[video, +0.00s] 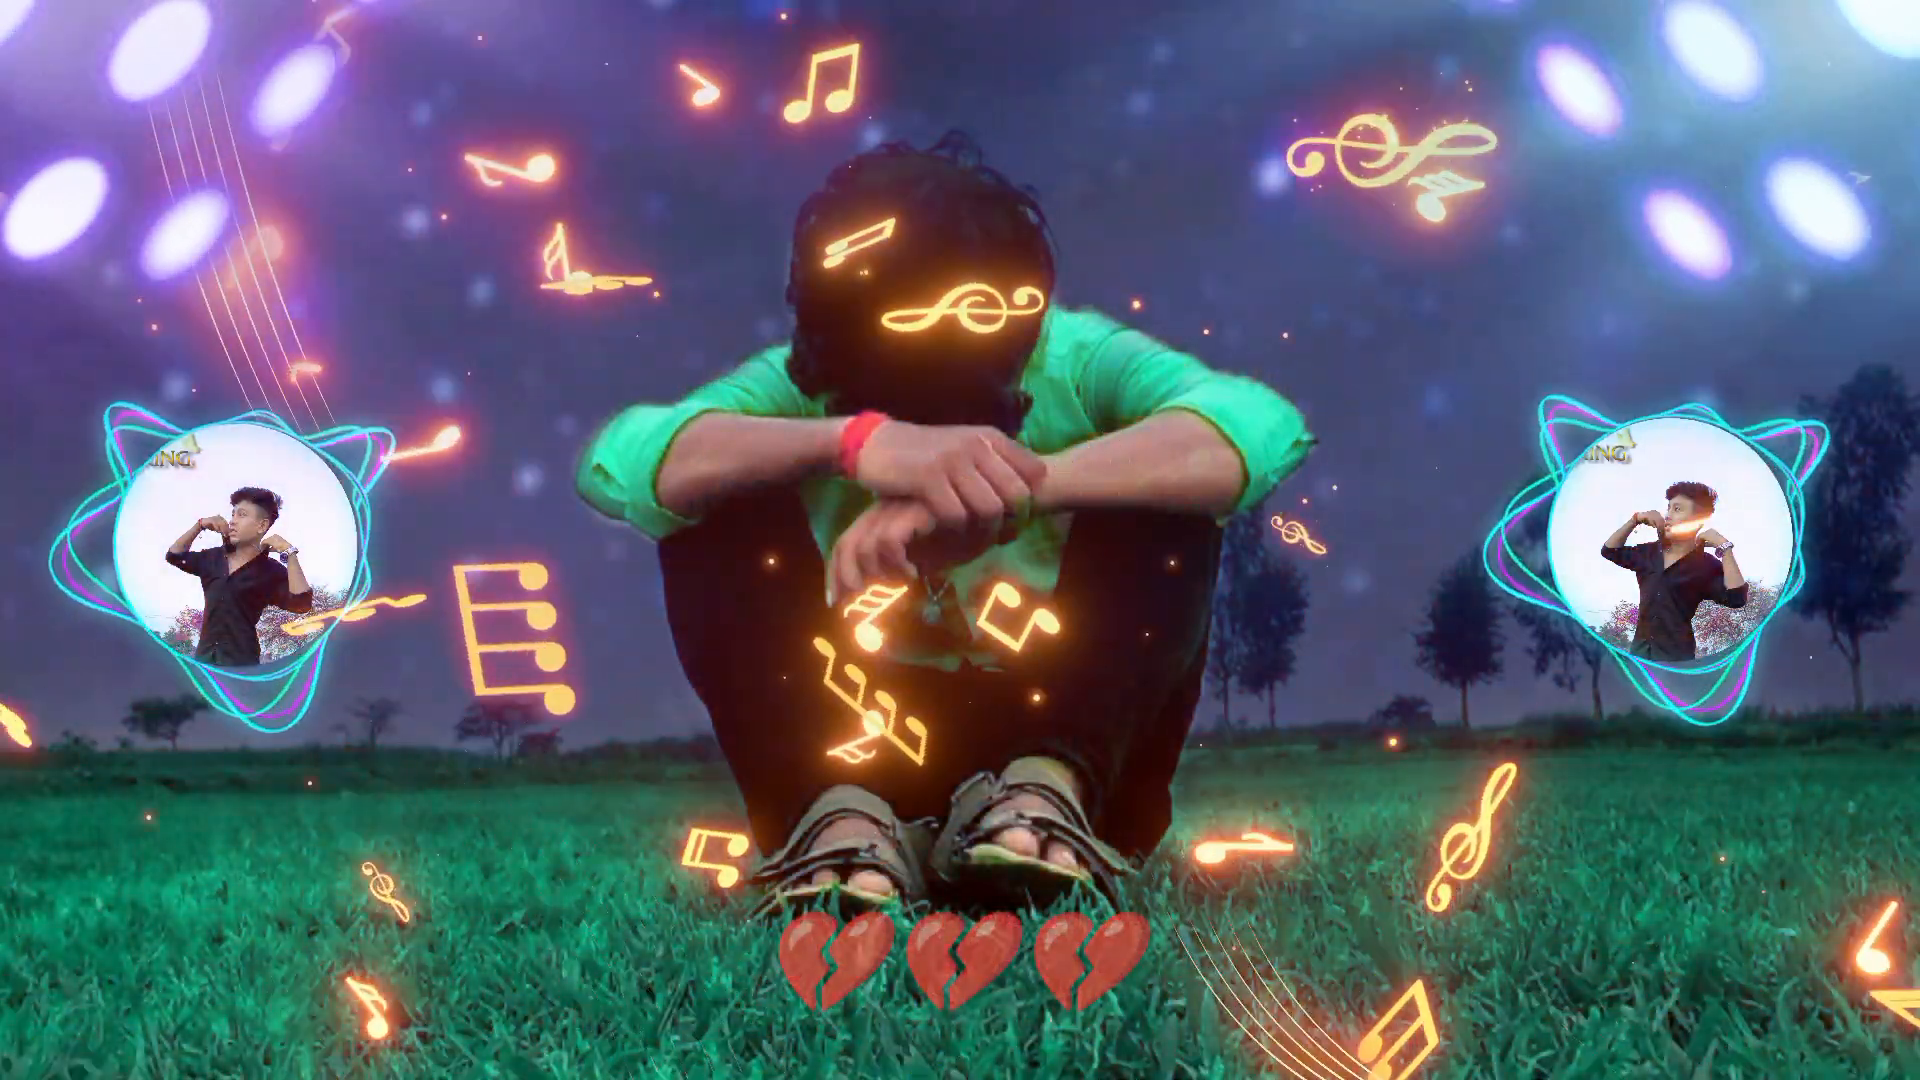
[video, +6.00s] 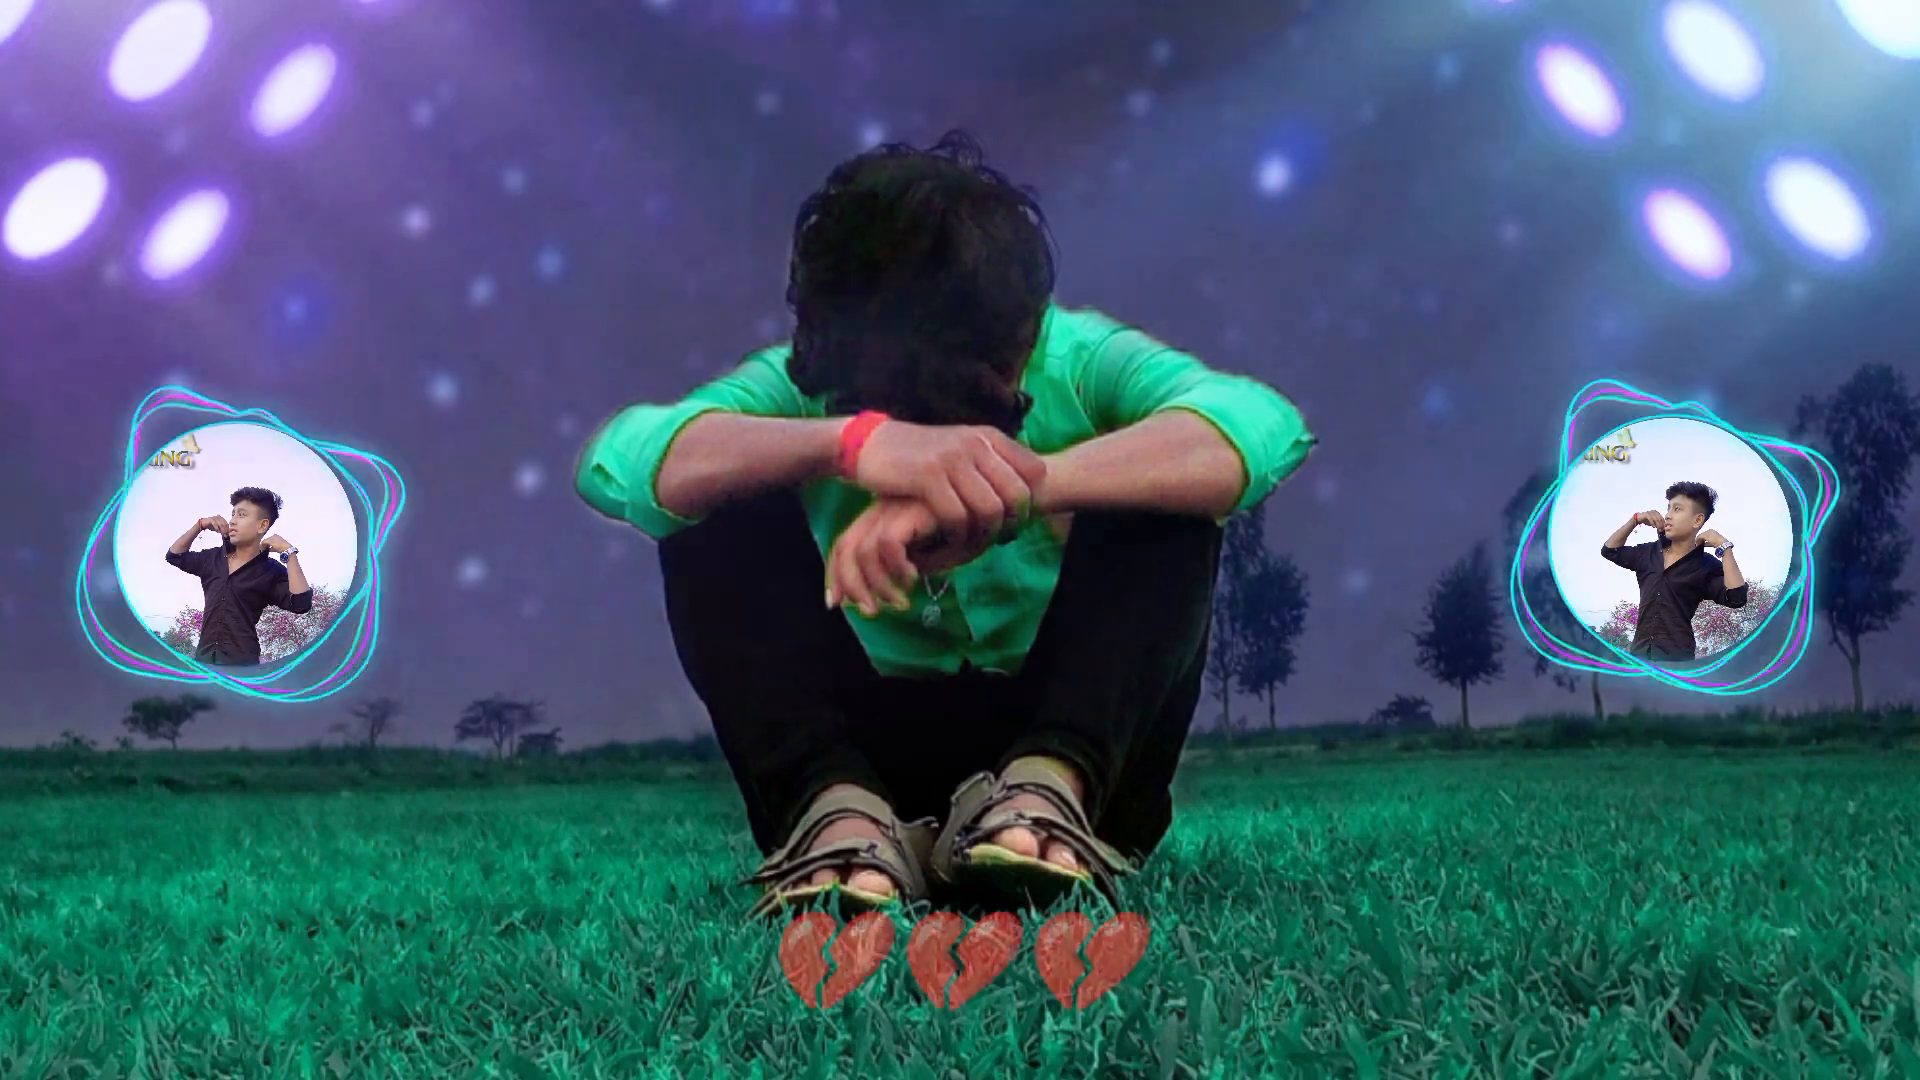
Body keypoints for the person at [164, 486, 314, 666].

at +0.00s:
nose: (232, 521)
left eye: (242, 515)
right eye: (233, 514)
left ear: (263, 525)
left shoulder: (270, 569)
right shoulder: (212, 558)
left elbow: (302, 604)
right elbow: (173, 556)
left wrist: (290, 554)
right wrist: (199, 526)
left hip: (242, 662)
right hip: (204, 658)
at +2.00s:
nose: (232, 521)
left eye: (242, 515)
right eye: (233, 514)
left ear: (263, 525)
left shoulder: (270, 569)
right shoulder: (212, 558)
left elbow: (301, 604)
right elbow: (174, 557)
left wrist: (290, 553)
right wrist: (199, 526)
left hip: (242, 662)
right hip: (203, 659)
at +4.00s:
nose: (232, 520)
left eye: (241, 515)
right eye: (233, 514)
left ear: (263, 525)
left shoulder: (270, 570)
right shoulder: (212, 558)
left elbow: (301, 604)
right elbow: (174, 557)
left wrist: (289, 553)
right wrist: (199, 526)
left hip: (242, 665)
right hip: (203, 660)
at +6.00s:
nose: (232, 521)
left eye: (242, 515)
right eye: (233, 514)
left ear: (263, 526)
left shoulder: (270, 570)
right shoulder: (212, 558)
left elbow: (301, 604)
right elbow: (174, 556)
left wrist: (289, 553)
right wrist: (199, 526)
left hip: (242, 663)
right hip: (203, 659)